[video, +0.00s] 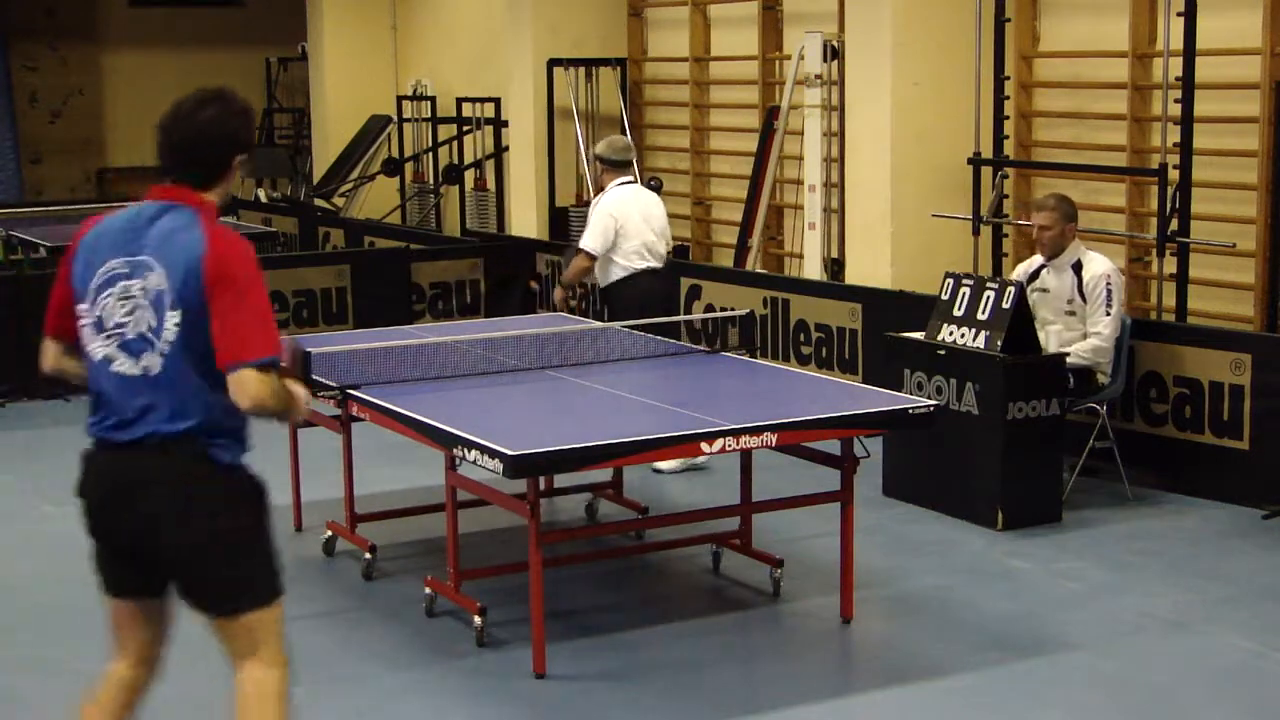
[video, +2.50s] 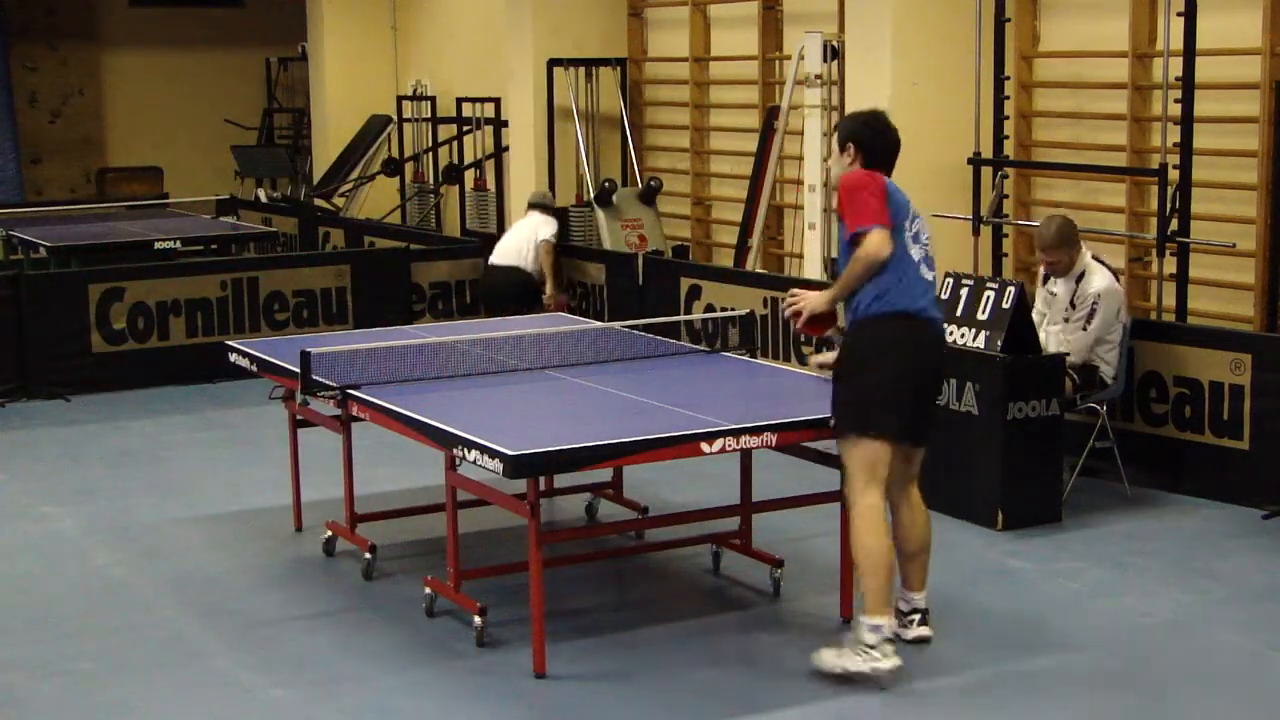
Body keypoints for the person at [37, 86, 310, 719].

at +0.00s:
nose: (244, 168)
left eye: (242, 156)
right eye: (245, 157)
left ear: (166, 151)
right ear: (233, 164)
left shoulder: (94, 237)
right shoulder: (221, 248)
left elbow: (55, 359)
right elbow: (249, 390)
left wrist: (133, 372)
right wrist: (290, 397)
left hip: (111, 474)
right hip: (201, 480)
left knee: (132, 656)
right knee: (258, 660)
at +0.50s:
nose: (506, 154)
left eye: (504, 140)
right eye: (495, 142)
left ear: (447, 157)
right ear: (452, 156)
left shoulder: (369, 239)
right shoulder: (471, 246)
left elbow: (328, 359)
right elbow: (508, 409)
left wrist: (400, 382)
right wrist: (526, 399)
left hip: (390, 478)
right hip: (459, 483)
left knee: (448, 651)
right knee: (486, 664)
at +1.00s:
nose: (709, 139)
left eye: (705, 124)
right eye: (699, 125)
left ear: (650, 137)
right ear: (662, 136)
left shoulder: (593, 228)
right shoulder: (666, 224)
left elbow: (579, 357)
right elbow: (702, 370)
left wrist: (667, 347)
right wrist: (732, 420)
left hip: (624, 446)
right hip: (679, 450)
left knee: (670, 614)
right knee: (739, 619)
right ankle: (658, 709)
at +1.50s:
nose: (871, 136)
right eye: (870, 128)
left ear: (801, 135)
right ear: (863, 138)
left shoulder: (753, 213)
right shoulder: (869, 224)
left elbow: (719, 317)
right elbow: (935, 330)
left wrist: (778, 318)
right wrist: (959, 414)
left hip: (778, 412)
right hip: (854, 417)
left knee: (808, 548)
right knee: (870, 564)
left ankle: (759, 667)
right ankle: (876, 711)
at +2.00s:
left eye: (846, 117)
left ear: (839, 128)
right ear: (898, 126)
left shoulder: (812, 202)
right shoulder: (936, 202)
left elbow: (792, 303)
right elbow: (977, 306)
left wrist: (778, 317)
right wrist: (948, 349)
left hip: (840, 387)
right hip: (914, 387)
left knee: (862, 519)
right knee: (922, 510)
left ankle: (883, 660)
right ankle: (919, 614)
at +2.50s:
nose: (834, 160)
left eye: (837, 151)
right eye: (836, 151)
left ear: (851, 152)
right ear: (884, 156)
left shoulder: (858, 182)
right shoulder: (903, 202)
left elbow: (876, 246)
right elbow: (903, 296)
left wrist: (830, 296)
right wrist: (847, 351)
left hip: (884, 340)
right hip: (927, 345)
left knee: (865, 490)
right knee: (904, 485)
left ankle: (875, 635)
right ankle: (914, 610)